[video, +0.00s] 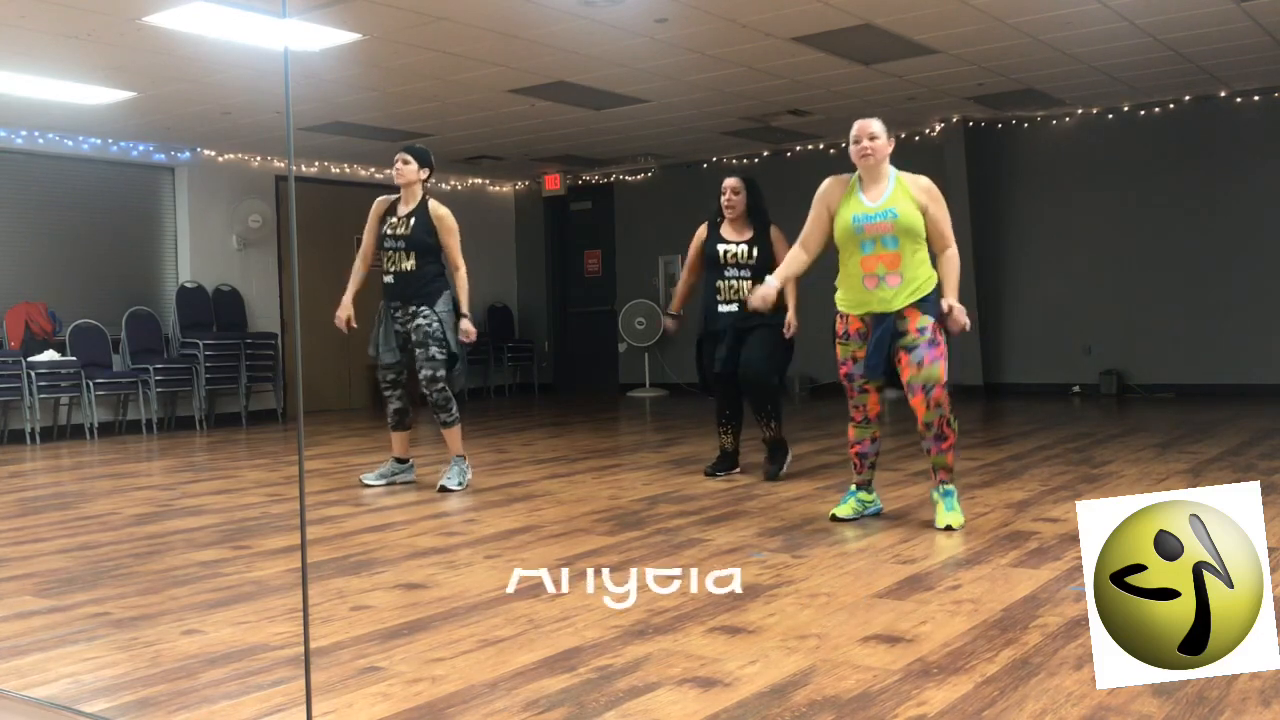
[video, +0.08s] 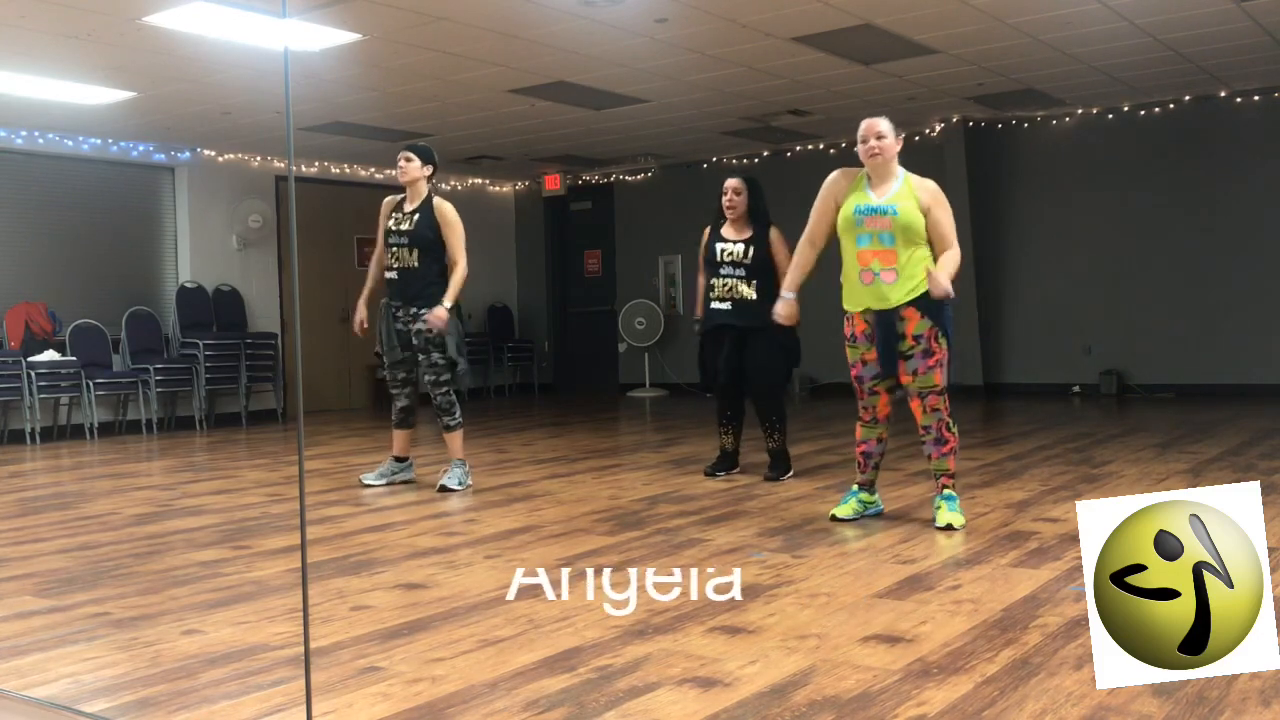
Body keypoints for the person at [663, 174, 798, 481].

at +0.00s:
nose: (728, 198)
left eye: (735, 192)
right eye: (724, 193)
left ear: (750, 197)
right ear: (719, 198)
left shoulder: (769, 233)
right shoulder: (706, 232)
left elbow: (788, 272)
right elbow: (688, 275)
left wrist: (791, 309)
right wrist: (673, 312)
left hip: (762, 326)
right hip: (721, 327)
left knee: (757, 381)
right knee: (724, 388)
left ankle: (776, 448)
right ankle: (727, 455)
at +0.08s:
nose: (729, 198)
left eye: (736, 193)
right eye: (725, 193)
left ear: (751, 198)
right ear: (720, 198)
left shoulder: (770, 234)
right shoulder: (711, 233)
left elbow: (787, 281)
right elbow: (703, 275)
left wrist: (786, 322)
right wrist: (699, 316)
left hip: (762, 330)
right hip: (722, 330)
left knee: (766, 393)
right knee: (726, 393)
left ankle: (779, 458)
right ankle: (728, 456)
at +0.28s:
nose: (730, 198)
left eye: (738, 193)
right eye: (727, 193)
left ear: (753, 199)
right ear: (723, 200)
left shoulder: (766, 228)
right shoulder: (723, 236)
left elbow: (802, 250)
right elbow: (732, 277)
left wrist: (795, 274)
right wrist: (721, 310)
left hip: (768, 327)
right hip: (728, 329)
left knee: (771, 390)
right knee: (703, 378)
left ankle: (781, 459)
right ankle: (719, 439)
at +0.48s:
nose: (740, 198)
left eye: (747, 194)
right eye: (736, 192)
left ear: (756, 199)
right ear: (726, 197)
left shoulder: (769, 224)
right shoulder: (717, 236)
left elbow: (799, 259)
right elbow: (715, 280)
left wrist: (832, 285)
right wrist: (684, 289)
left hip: (768, 323)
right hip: (727, 326)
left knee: (771, 387)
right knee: (719, 387)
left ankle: (781, 459)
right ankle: (724, 455)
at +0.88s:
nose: (729, 203)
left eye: (736, 198)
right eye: (724, 196)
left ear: (743, 202)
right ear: (713, 199)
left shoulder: (755, 232)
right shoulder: (695, 236)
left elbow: (779, 272)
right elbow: (676, 276)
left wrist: (808, 304)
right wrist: (654, 253)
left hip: (755, 328)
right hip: (712, 331)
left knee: (756, 387)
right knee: (717, 392)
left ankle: (768, 454)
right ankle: (725, 456)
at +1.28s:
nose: (731, 204)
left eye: (737, 199)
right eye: (725, 198)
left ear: (744, 204)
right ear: (715, 201)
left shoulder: (757, 235)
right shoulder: (695, 235)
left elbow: (776, 268)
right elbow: (659, 261)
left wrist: (775, 291)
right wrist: (636, 292)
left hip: (754, 328)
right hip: (710, 331)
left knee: (753, 380)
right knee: (716, 393)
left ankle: (767, 445)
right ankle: (725, 456)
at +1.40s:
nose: (725, 199)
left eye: (732, 194)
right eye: (720, 194)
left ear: (744, 199)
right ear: (713, 198)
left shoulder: (760, 234)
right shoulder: (697, 232)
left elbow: (778, 274)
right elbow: (672, 272)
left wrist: (770, 282)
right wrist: (656, 313)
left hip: (755, 325)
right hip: (711, 328)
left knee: (754, 381)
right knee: (718, 390)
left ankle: (771, 448)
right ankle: (725, 456)